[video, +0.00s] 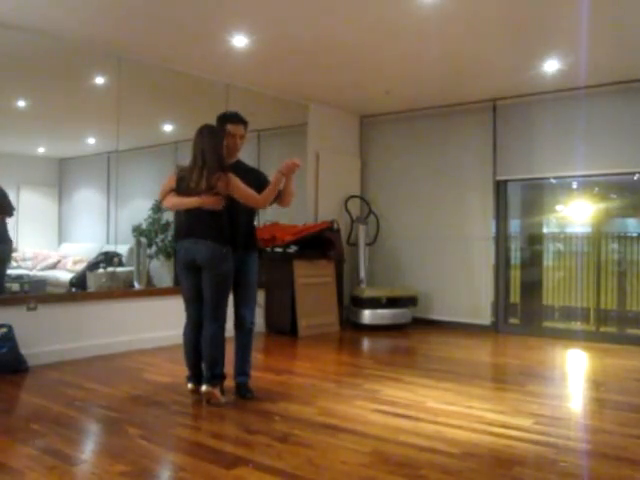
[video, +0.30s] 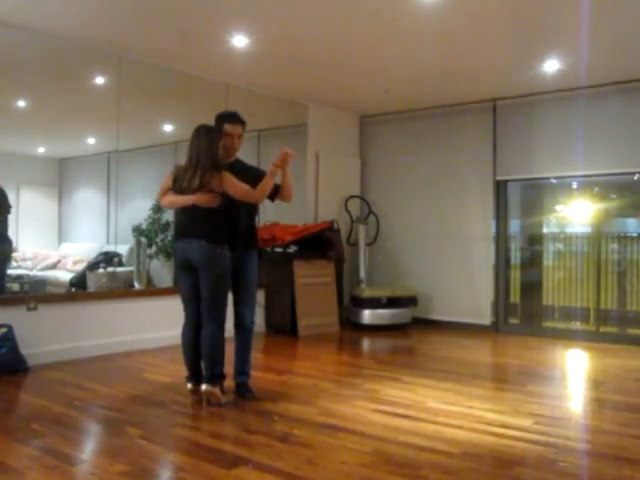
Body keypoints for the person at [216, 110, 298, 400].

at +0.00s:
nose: (233, 142)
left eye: (239, 137)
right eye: (229, 136)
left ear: (244, 140)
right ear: (217, 137)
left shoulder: (251, 175)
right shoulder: (206, 173)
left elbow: (284, 200)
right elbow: (168, 200)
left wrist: (287, 176)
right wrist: (198, 200)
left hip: (245, 251)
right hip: (215, 252)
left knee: (245, 318)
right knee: (214, 317)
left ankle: (242, 379)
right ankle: (214, 378)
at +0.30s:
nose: (232, 143)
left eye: (237, 137)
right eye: (226, 136)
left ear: (242, 139)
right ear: (215, 137)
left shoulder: (250, 173)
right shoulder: (204, 171)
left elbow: (286, 196)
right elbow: (165, 199)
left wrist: (284, 168)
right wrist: (195, 198)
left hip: (245, 250)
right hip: (215, 251)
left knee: (245, 318)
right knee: (213, 316)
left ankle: (242, 379)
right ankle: (214, 378)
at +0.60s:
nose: (229, 143)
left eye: (235, 137)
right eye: (224, 136)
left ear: (241, 139)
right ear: (213, 136)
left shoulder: (248, 173)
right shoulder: (202, 170)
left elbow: (283, 197)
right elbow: (162, 199)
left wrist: (282, 169)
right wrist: (191, 198)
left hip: (244, 248)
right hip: (213, 249)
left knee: (245, 318)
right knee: (213, 316)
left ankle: (242, 379)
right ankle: (214, 379)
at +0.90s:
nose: (231, 143)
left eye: (235, 137)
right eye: (225, 136)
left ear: (240, 139)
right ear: (214, 137)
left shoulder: (248, 174)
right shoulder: (203, 171)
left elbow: (282, 199)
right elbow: (163, 199)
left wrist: (283, 173)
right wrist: (190, 199)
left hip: (243, 249)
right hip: (212, 250)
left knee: (244, 318)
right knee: (213, 316)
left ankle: (242, 379)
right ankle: (214, 379)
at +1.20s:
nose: (231, 144)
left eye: (236, 138)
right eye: (226, 138)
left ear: (240, 140)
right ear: (214, 138)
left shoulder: (247, 174)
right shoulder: (203, 171)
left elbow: (281, 199)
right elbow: (162, 199)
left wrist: (282, 173)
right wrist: (189, 199)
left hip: (243, 250)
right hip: (212, 251)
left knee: (244, 319)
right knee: (213, 317)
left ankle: (242, 379)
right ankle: (214, 379)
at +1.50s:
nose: (231, 147)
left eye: (236, 142)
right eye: (226, 141)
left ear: (241, 145)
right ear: (215, 141)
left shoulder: (247, 178)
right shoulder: (203, 175)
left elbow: (280, 205)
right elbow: (161, 201)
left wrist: (283, 179)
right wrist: (189, 201)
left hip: (243, 251)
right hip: (212, 252)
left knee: (250, 317)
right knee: (211, 317)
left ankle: (242, 374)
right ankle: (213, 377)